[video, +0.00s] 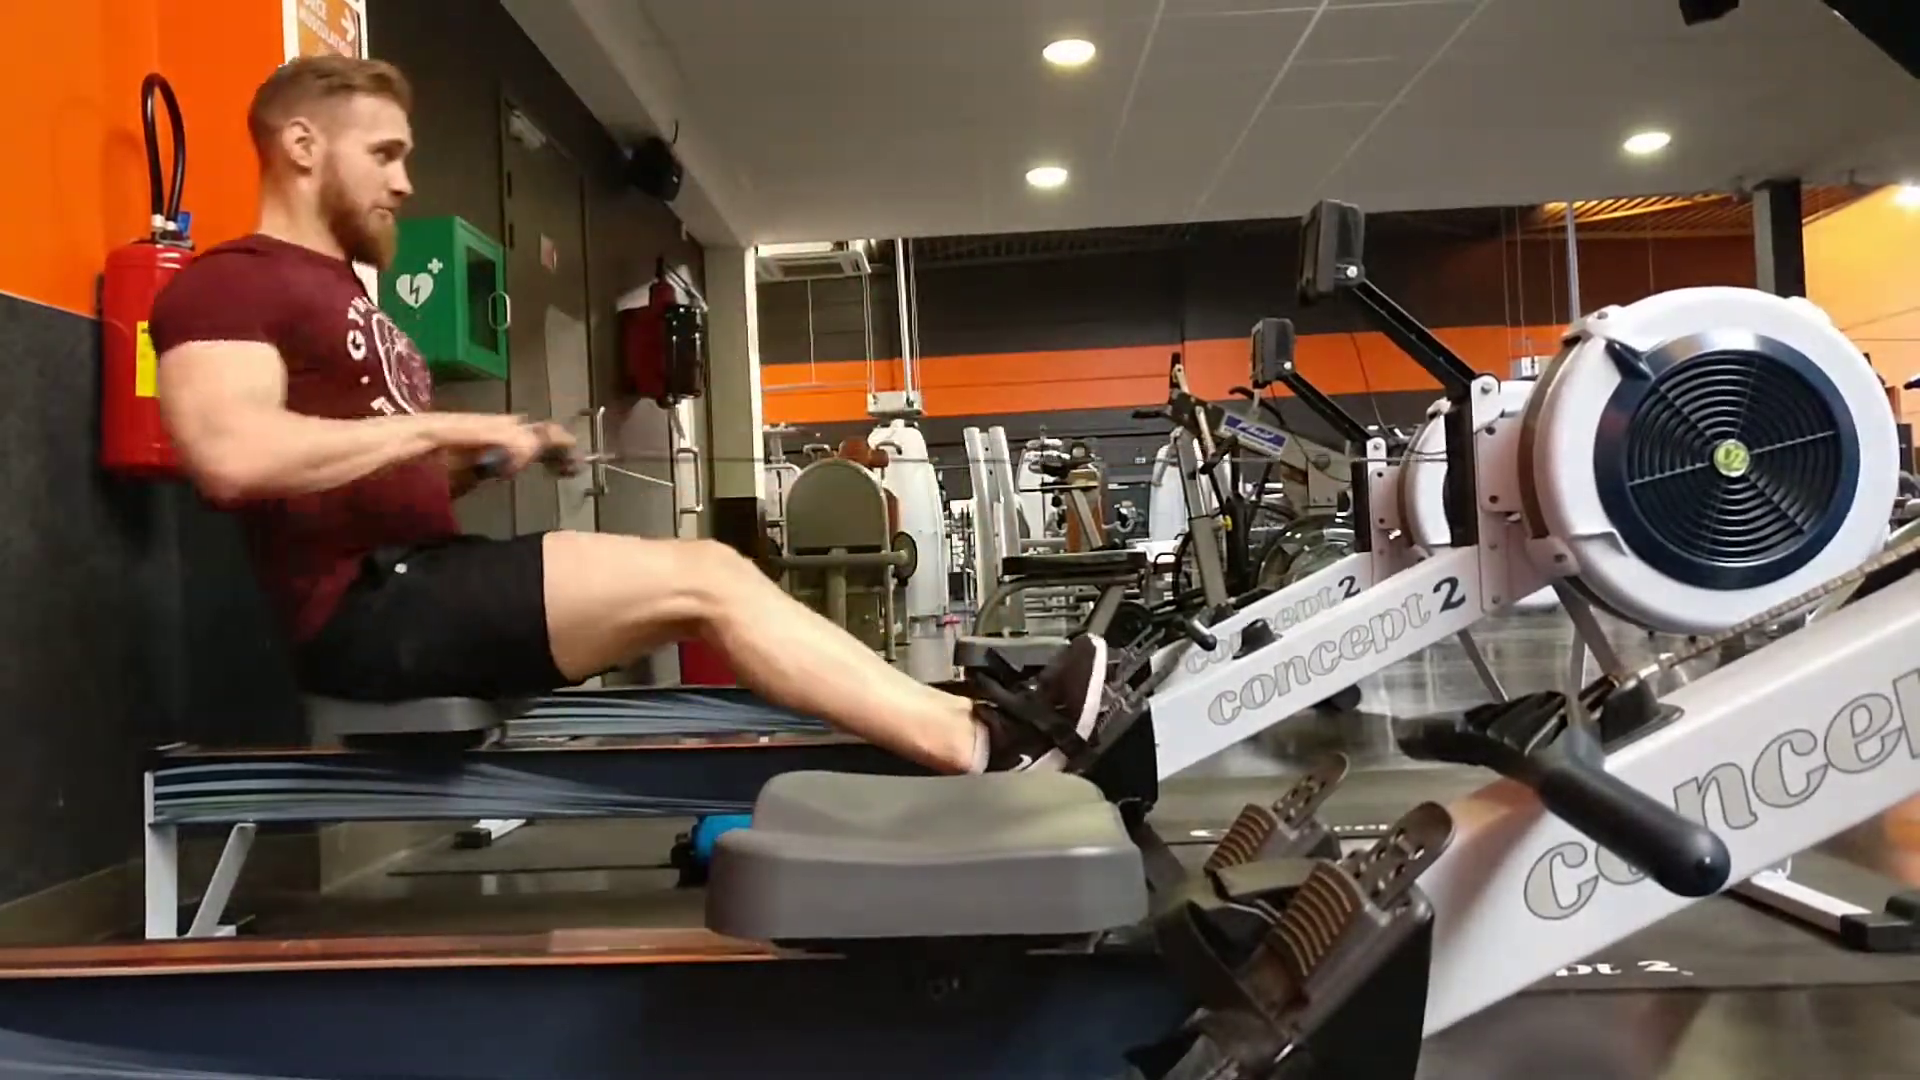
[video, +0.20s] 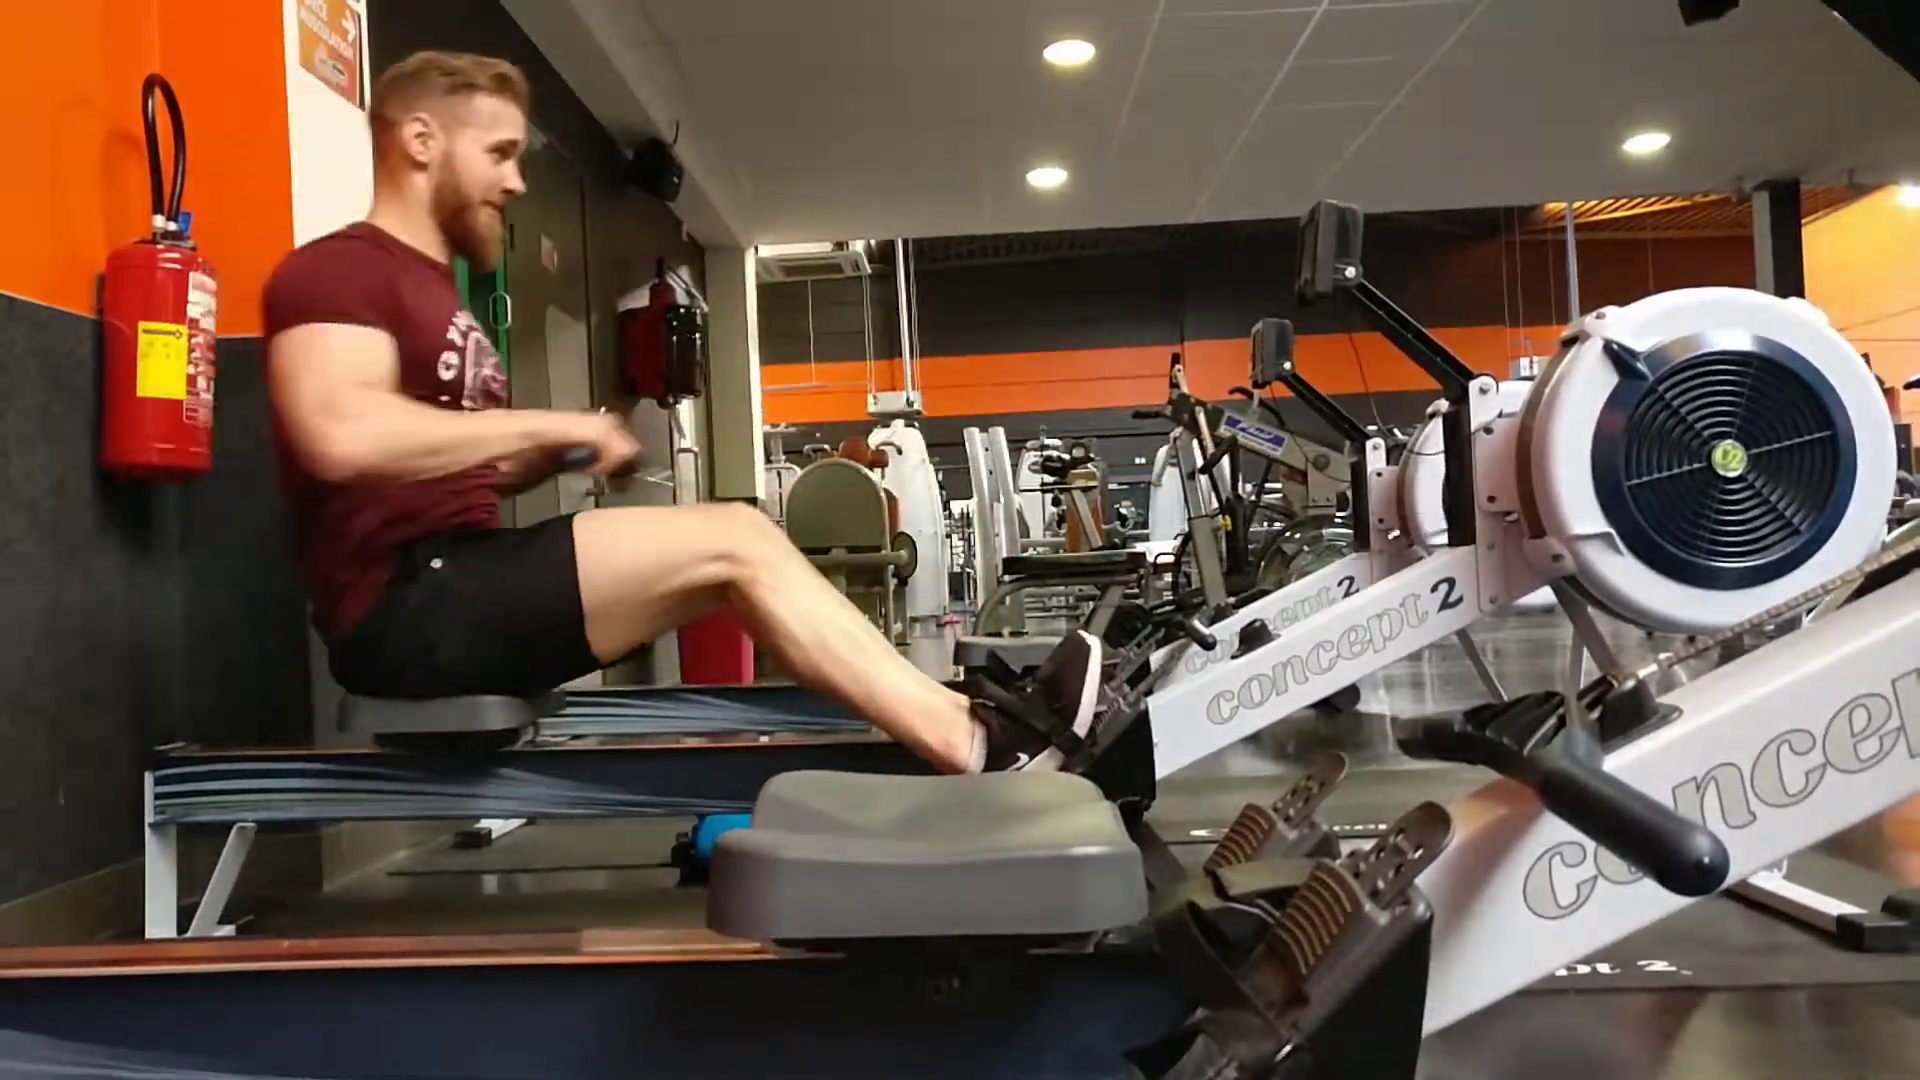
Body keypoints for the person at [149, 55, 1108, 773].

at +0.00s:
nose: (406, 185)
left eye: (406, 161)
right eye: (386, 156)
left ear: (315, 152)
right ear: (298, 148)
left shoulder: (354, 298)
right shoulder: (233, 280)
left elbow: (379, 467)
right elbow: (231, 455)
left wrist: (489, 449)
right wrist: (435, 429)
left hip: (424, 590)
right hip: (365, 608)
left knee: (713, 568)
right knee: (709, 567)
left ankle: (974, 731)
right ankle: (973, 752)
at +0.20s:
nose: (515, 182)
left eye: (516, 160)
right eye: (500, 154)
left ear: (428, 149)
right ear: (413, 141)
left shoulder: (442, 295)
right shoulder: (342, 271)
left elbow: (454, 464)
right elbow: (341, 436)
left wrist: (555, 441)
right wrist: (548, 431)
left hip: (459, 597)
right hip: (405, 613)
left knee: (740, 534)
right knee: (737, 535)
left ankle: (958, 730)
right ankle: (961, 743)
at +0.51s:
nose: (832, 185)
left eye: (834, 162)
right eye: (821, 156)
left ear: (747, 146)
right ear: (749, 140)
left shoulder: (700, 269)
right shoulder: (684, 265)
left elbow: (883, 397)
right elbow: (896, 404)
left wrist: (1055, 439)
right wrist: (1069, 436)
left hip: (666, 611)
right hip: (656, 619)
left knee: (908, 442)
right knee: (914, 448)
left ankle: (982, 713)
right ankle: (982, 730)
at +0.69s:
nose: (959, 186)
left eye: (961, 163)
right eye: (949, 157)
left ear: (882, 145)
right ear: (882, 141)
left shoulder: (840, 262)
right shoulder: (830, 260)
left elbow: (1044, 394)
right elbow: (1051, 406)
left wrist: (1206, 468)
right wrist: (1233, 468)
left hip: (772, 606)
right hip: (761, 615)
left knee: (1009, 420)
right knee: (994, 417)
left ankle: (999, 692)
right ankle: (983, 711)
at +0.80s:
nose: (963, 178)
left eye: (964, 153)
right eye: (953, 147)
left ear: (886, 139)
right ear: (885, 134)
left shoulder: (841, 259)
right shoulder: (837, 257)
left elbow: (1040, 408)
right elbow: (1061, 395)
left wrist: (1192, 472)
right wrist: (1241, 459)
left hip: (777, 601)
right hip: (771, 610)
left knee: (1010, 409)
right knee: (1001, 405)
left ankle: (997, 683)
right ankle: (984, 706)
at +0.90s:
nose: (908, 162)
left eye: (907, 136)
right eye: (896, 133)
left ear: (826, 129)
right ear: (826, 123)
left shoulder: (793, 252)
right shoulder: (775, 247)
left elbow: (973, 388)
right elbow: (981, 384)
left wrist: (1153, 435)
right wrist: (1170, 433)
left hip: (756, 598)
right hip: (744, 609)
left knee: (978, 420)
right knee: (981, 429)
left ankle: (997, 685)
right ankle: (987, 713)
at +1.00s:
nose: (791, 142)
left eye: (786, 118)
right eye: (774, 113)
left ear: (705, 113)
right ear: (700, 110)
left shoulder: (695, 244)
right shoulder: (648, 232)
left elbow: (824, 390)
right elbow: (822, 374)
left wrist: (1002, 407)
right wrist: (1018, 404)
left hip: (686, 595)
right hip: (666, 605)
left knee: (932, 431)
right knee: (928, 432)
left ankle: (992, 703)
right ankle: (988, 727)